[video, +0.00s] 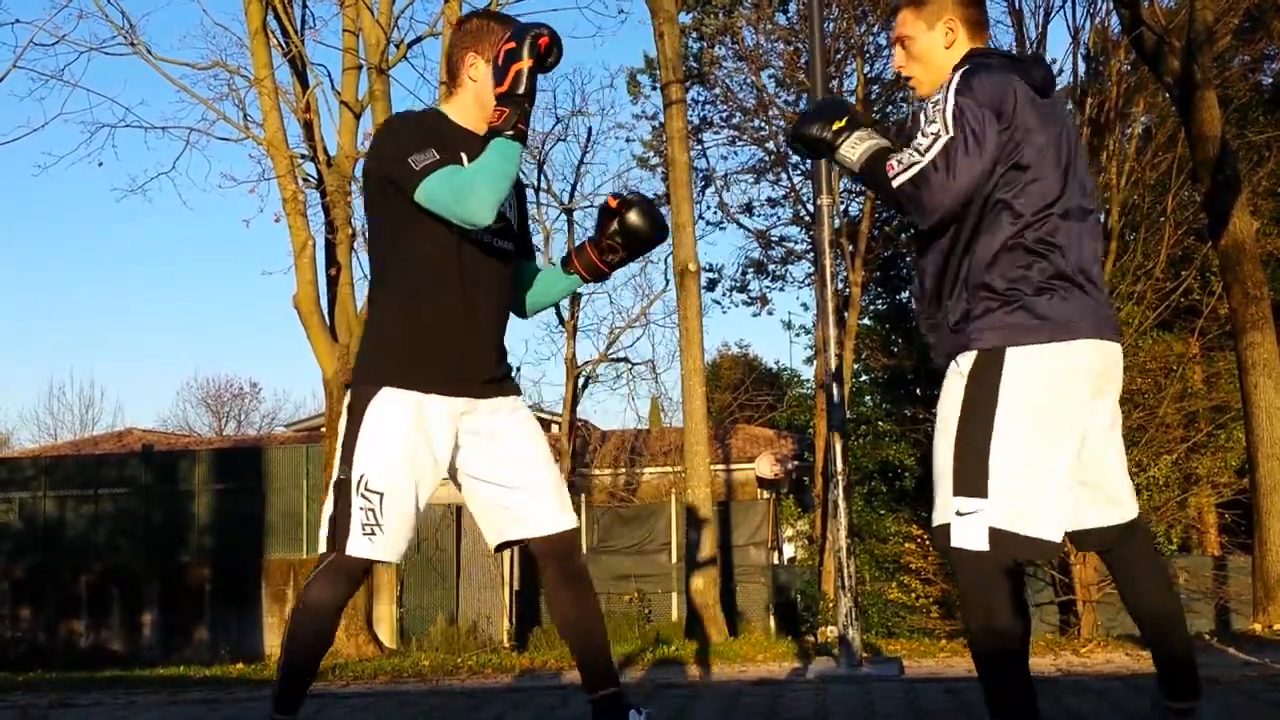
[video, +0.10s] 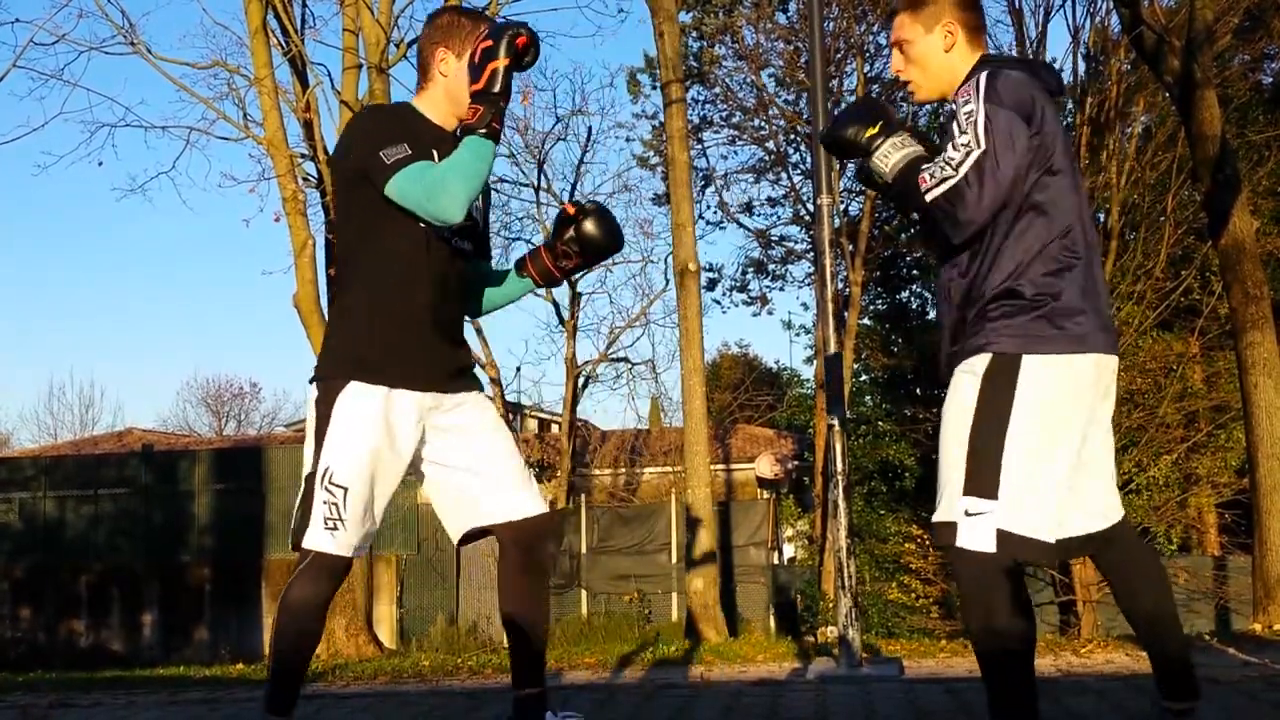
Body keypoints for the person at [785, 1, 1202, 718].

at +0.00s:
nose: (895, 61)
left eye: (904, 43)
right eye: (894, 45)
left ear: (953, 35)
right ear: (958, 34)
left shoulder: (977, 88)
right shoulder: (1045, 98)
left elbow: (928, 190)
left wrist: (847, 139)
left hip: (1011, 340)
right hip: (1085, 333)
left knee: (970, 535)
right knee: (1110, 518)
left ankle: (1012, 717)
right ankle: (1183, 692)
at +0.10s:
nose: (894, 65)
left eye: (901, 45)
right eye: (892, 49)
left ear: (951, 36)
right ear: (955, 37)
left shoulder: (994, 90)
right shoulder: (1018, 93)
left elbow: (959, 208)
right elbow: (960, 224)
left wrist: (890, 147)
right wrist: (890, 158)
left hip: (1019, 342)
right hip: (1076, 339)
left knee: (971, 536)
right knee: (1099, 518)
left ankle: (1012, 718)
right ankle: (1182, 693)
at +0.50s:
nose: (907, 61)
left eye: (918, 43)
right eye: (907, 44)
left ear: (967, 38)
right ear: (967, 37)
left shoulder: (1002, 85)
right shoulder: (1027, 93)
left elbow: (962, 191)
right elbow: (955, 216)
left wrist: (913, 138)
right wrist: (906, 144)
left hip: (1008, 340)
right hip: (1059, 339)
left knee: (922, 514)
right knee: (1088, 524)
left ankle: (954, 714)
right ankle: (1155, 702)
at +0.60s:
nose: (898, 71)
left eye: (905, 52)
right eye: (896, 56)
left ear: (953, 41)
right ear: (954, 45)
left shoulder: (989, 93)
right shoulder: (1002, 99)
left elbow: (913, 185)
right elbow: (918, 198)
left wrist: (850, 125)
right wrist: (852, 130)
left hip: (985, 347)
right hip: (1039, 344)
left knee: (914, 530)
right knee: (1061, 529)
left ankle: (868, 717)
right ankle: (1151, 703)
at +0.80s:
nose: (821, 88)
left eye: (831, 71)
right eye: (822, 72)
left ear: (879, 68)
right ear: (889, 73)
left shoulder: (902, 121)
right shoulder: (943, 125)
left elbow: (905, 247)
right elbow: (922, 249)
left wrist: (829, 227)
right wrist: (835, 217)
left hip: (907, 369)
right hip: (978, 371)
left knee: (810, 543)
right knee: (1021, 537)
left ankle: (805, 718)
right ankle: (1135, 698)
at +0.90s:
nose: (781, 80)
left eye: (789, 64)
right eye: (781, 66)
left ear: (837, 58)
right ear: (850, 60)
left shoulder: (859, 115)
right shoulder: (912, 121)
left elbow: (839, 223)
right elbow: (860, 233)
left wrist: (763, 196)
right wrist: (776, 196)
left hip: (881, 360)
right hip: (954, 357)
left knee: (808, 533)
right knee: (950, 522)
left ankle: (803, 716)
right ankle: (1080, 686)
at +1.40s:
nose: (839, 104)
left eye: (849, 89)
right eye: (840, 91)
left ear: (896, 89)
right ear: (906, 95)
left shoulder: (906, 145)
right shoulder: (952, 153)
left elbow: (905, 248)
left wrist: (813, 245)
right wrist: (803, 232)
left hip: (911, 381)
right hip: (971, 383)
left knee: (840, 544)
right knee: (958, 540)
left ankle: (804, 711)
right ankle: (1066, 688)